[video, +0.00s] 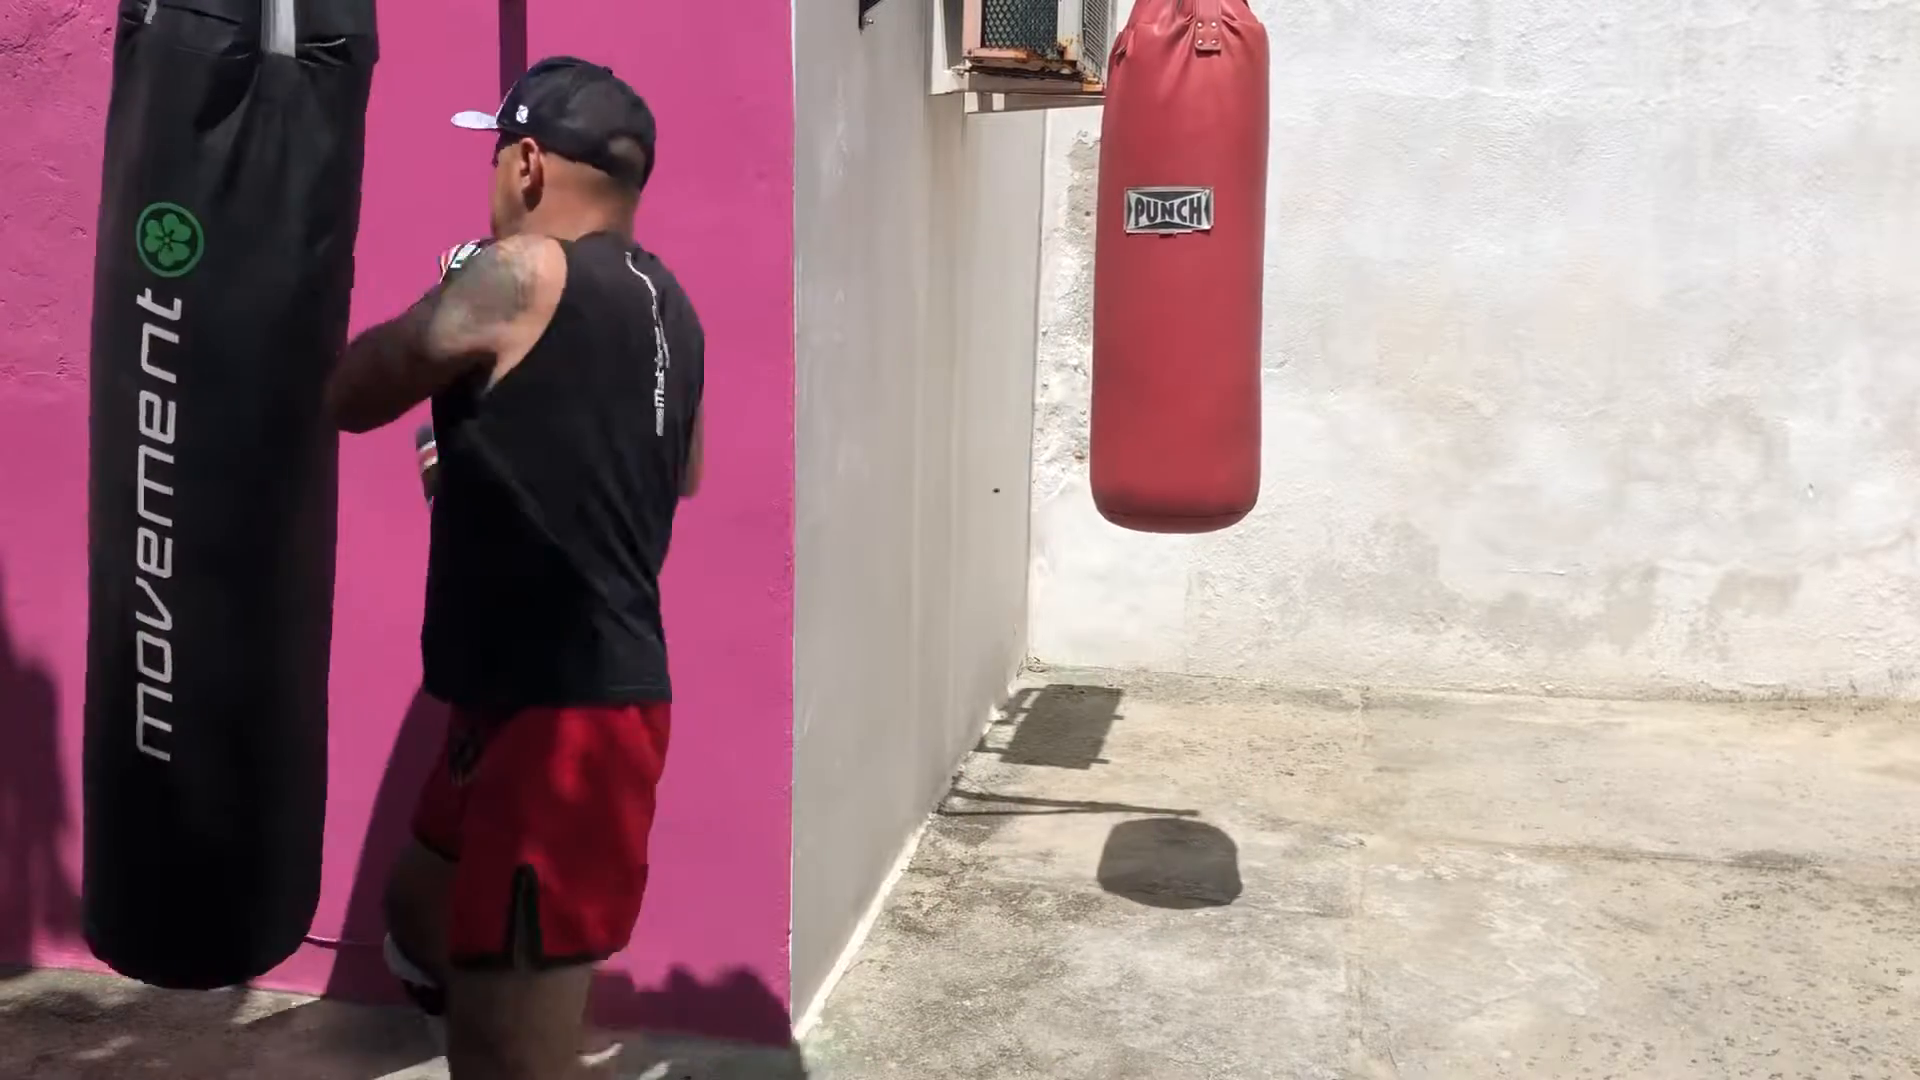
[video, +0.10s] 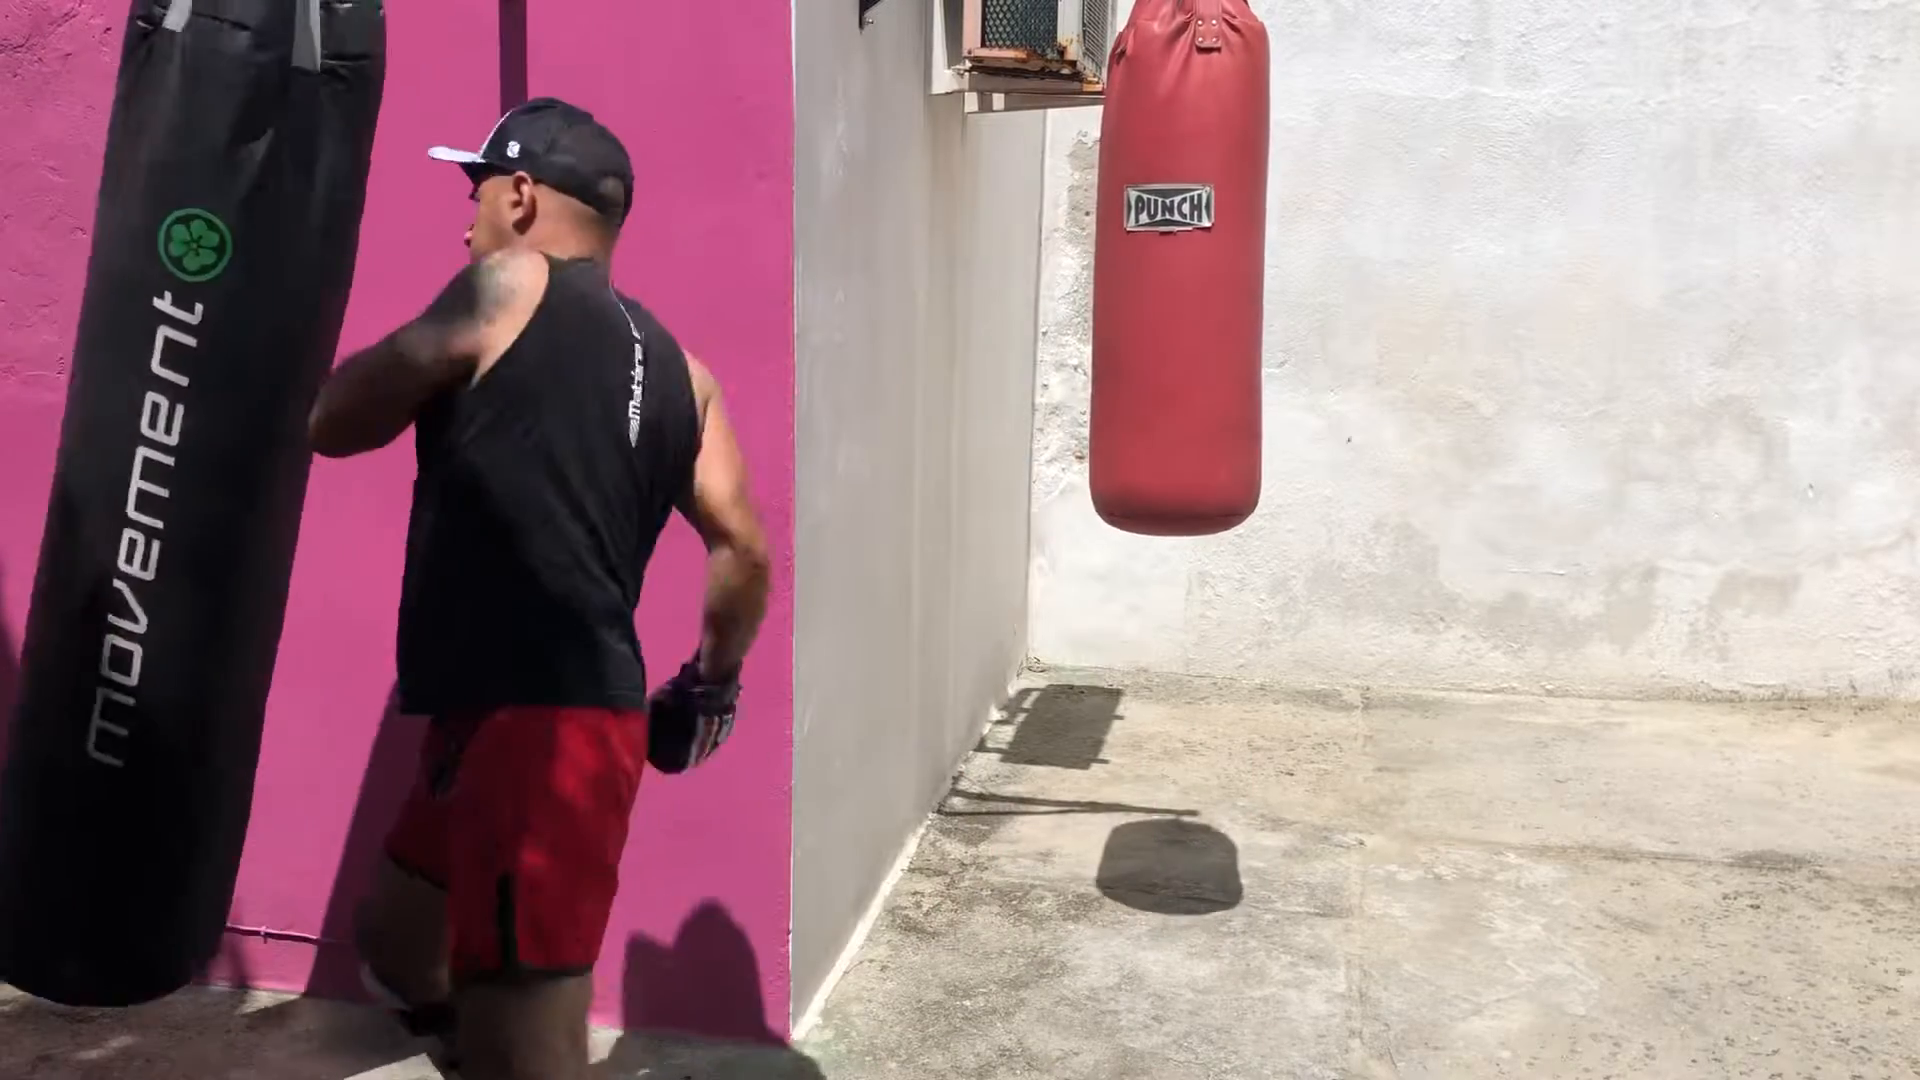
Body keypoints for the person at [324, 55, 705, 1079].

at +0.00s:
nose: (494, 181)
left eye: (500, 157)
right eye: (500, 158)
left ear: (530, 164)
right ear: (629, 177)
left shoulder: (515, 272)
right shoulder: (666, 306)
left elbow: (346, 396)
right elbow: (676, 476)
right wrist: (494, 459)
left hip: (555, 709)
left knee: (514, 1040)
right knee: (422, 919)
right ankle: (534, 1053)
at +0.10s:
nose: (469, 217)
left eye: (480, 191)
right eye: (474, 193)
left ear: (525, 198)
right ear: (600, 220)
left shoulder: (506, 285)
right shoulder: (677, 366)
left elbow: (331, 422)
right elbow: (744, 551)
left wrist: (441, 357)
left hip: (535, 721)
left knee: (522, 1042)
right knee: (399, 940)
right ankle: (506, 1079)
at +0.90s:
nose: (595, 211)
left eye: (614, 189)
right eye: (597, 189)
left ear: (684, 205)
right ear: (681, 206)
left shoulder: (789, 337)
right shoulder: (655, 339)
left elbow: (605, 485)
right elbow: (592, 439)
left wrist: (549, 289)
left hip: (749, 756)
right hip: (603, 740)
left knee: (751, 1056)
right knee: (504, 998)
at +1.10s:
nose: (726, 140)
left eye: (751, 120)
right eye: (729, 118)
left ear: (828, 144)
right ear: (817, 144)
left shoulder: (916, 296)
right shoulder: (741, 241)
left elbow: (732, 437)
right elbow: (564, 279)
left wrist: (683, 246)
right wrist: (397, 239)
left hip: (844, 679)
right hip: (694, 661)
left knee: (857, 1014)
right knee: (639, 944)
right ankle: (764, 1070)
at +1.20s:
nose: (816, 156)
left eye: (841, 136)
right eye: (822, 131)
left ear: (924, 166)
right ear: (913, 166)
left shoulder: (994, 322)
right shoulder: (853, 265)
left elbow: (795, 463)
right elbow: (731, 335)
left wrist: (733, 273)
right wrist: (587, 256)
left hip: (936, 715)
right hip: (802, 692)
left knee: (973, 1044)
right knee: (766, 962)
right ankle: (830, 1070)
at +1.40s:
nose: (910, 186)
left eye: (929, 160)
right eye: (915, 159)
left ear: (1010, 174)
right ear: (1008, 174)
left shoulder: (1101, 320)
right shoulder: (1007, 288)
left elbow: (933, 504)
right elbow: (961, 399)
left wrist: (833, 331)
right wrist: (836, 323)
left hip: (1086, 731)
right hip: (967, 703)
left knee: (1082, 1047)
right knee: (892, 939)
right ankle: (972, 1067)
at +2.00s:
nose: (941, 183)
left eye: (958, 154)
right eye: (946, 155)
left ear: (1026, 165)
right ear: (1037, 164)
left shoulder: (1082, 315)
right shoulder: (1148, 281)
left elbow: (939, 507)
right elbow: (1208, 486)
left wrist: (842, 347)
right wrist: (1021, 436)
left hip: (1074, 732)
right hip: (1133, 714)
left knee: (1045, 1039)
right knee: (1101, 999)